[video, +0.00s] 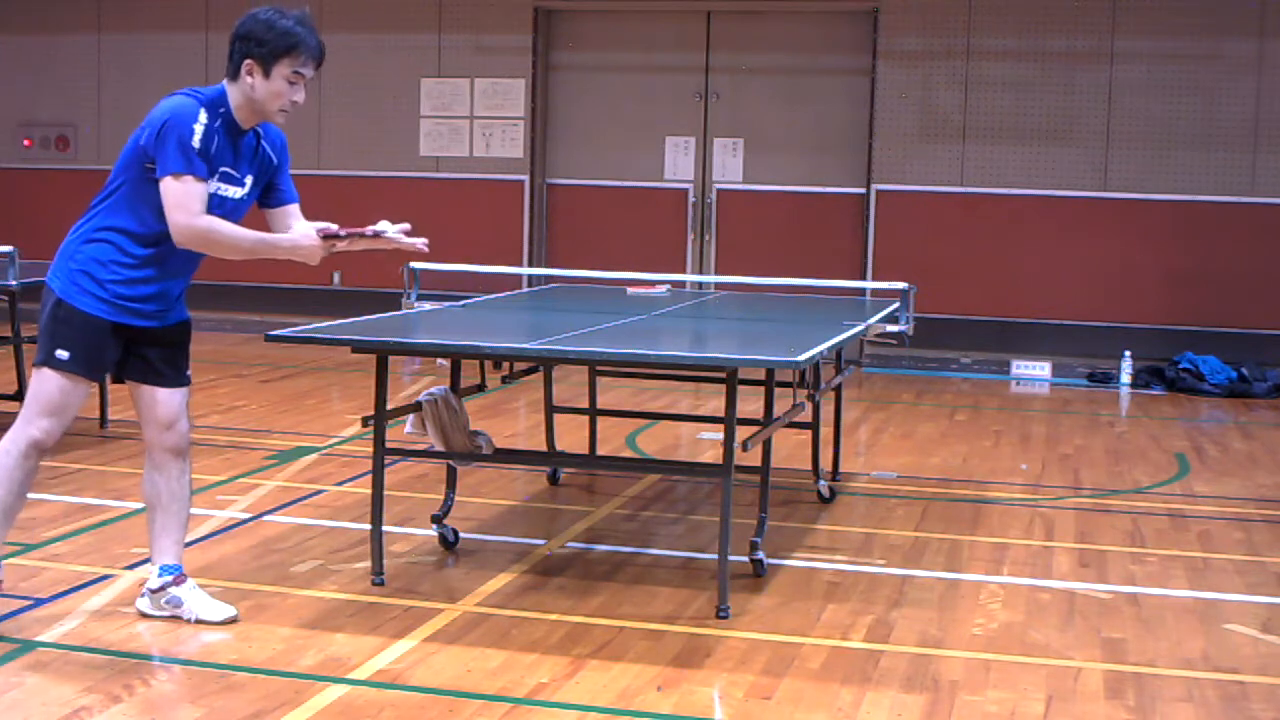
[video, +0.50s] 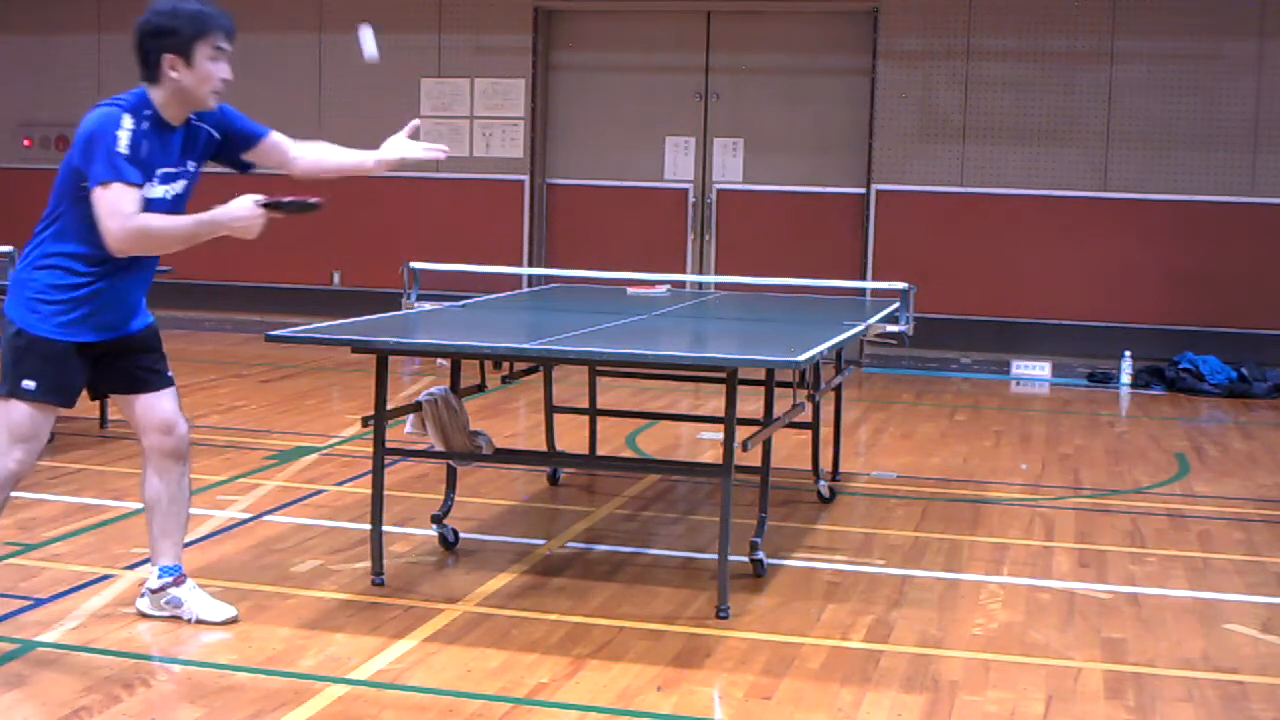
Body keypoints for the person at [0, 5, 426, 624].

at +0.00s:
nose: (300, 96)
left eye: (306, 83)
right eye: (294, 80)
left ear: (263, 75)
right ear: (250, 69)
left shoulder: (269, 145)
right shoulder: (185, 118)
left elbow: (295, 235)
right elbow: (186, 226)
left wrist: (371, 238)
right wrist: (289, 248)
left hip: (160, 300)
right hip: (91, 286)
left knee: (170, 440)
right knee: (37, 432)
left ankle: (164, 582)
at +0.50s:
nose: (227, 73)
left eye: (228, 59)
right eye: (216, 58)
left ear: (182, 66)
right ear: (170, 63)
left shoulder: (208, 123)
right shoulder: (112, 125)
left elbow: (293, 157)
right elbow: (123, 234)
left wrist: (380, 157)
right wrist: (221, 220)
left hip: (122, 311)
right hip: (47, 311)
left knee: (168, 436)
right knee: (15, 454)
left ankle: (166, 582)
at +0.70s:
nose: (186, 49)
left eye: (183, 35)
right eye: (172, 37)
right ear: (128, 53)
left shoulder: (181, 113)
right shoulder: (80, 115)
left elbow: (271, 147)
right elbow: (44, 211)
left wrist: (358, 166)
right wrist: (151, 235)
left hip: (110, 312)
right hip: (32, 311)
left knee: (164, 438)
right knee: (10, 454)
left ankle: (165, 582)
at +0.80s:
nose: (176, 53)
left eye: (173, 39)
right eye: (161, 41)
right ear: (117, 56)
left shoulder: (178, 120)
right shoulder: (65, 120)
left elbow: (263, 163)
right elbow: (7, 191)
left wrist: (342, 201)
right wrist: (73, 204)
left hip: (111, 313)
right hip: (30, 317)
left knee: (167, 439)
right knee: (9, 463)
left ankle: (164, 581)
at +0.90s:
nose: (177, 72)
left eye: (174, 57)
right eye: (161, 59)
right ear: (116, 73)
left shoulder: (179, 138)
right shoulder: (62, 128)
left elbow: (252, 197)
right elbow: (9, 186)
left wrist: (306, 250)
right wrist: (8, 164)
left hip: (111, 324)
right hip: (29, 323)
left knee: (177, 445)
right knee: (13, 473)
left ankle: (166, 582)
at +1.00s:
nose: (197, 103)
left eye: (197, 88)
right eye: (183, 87)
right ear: (136, 92)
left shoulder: (186, 166)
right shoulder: (74, 136)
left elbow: (219, 234)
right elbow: (9, 174)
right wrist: (14, 154)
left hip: (110, 331)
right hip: (30, 328)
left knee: (191, 441)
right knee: (16, 483)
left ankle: (169, 578)